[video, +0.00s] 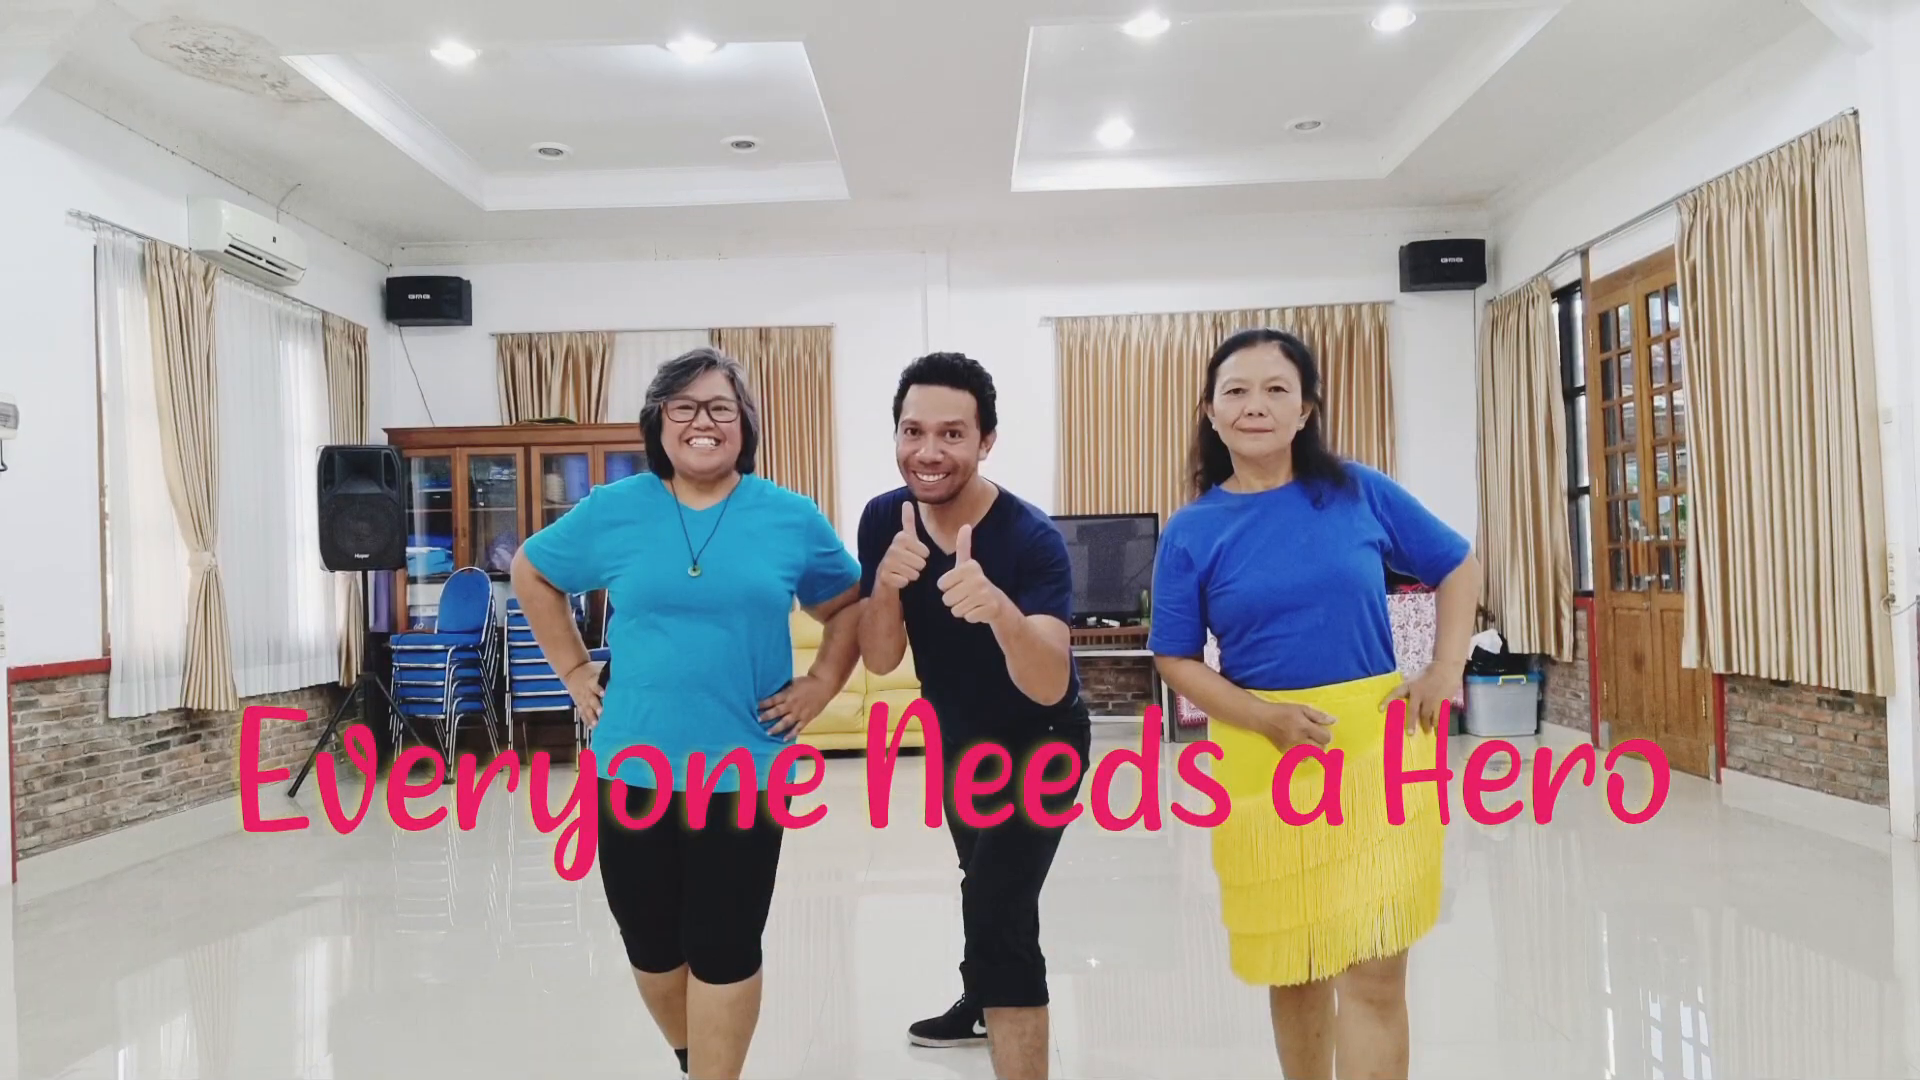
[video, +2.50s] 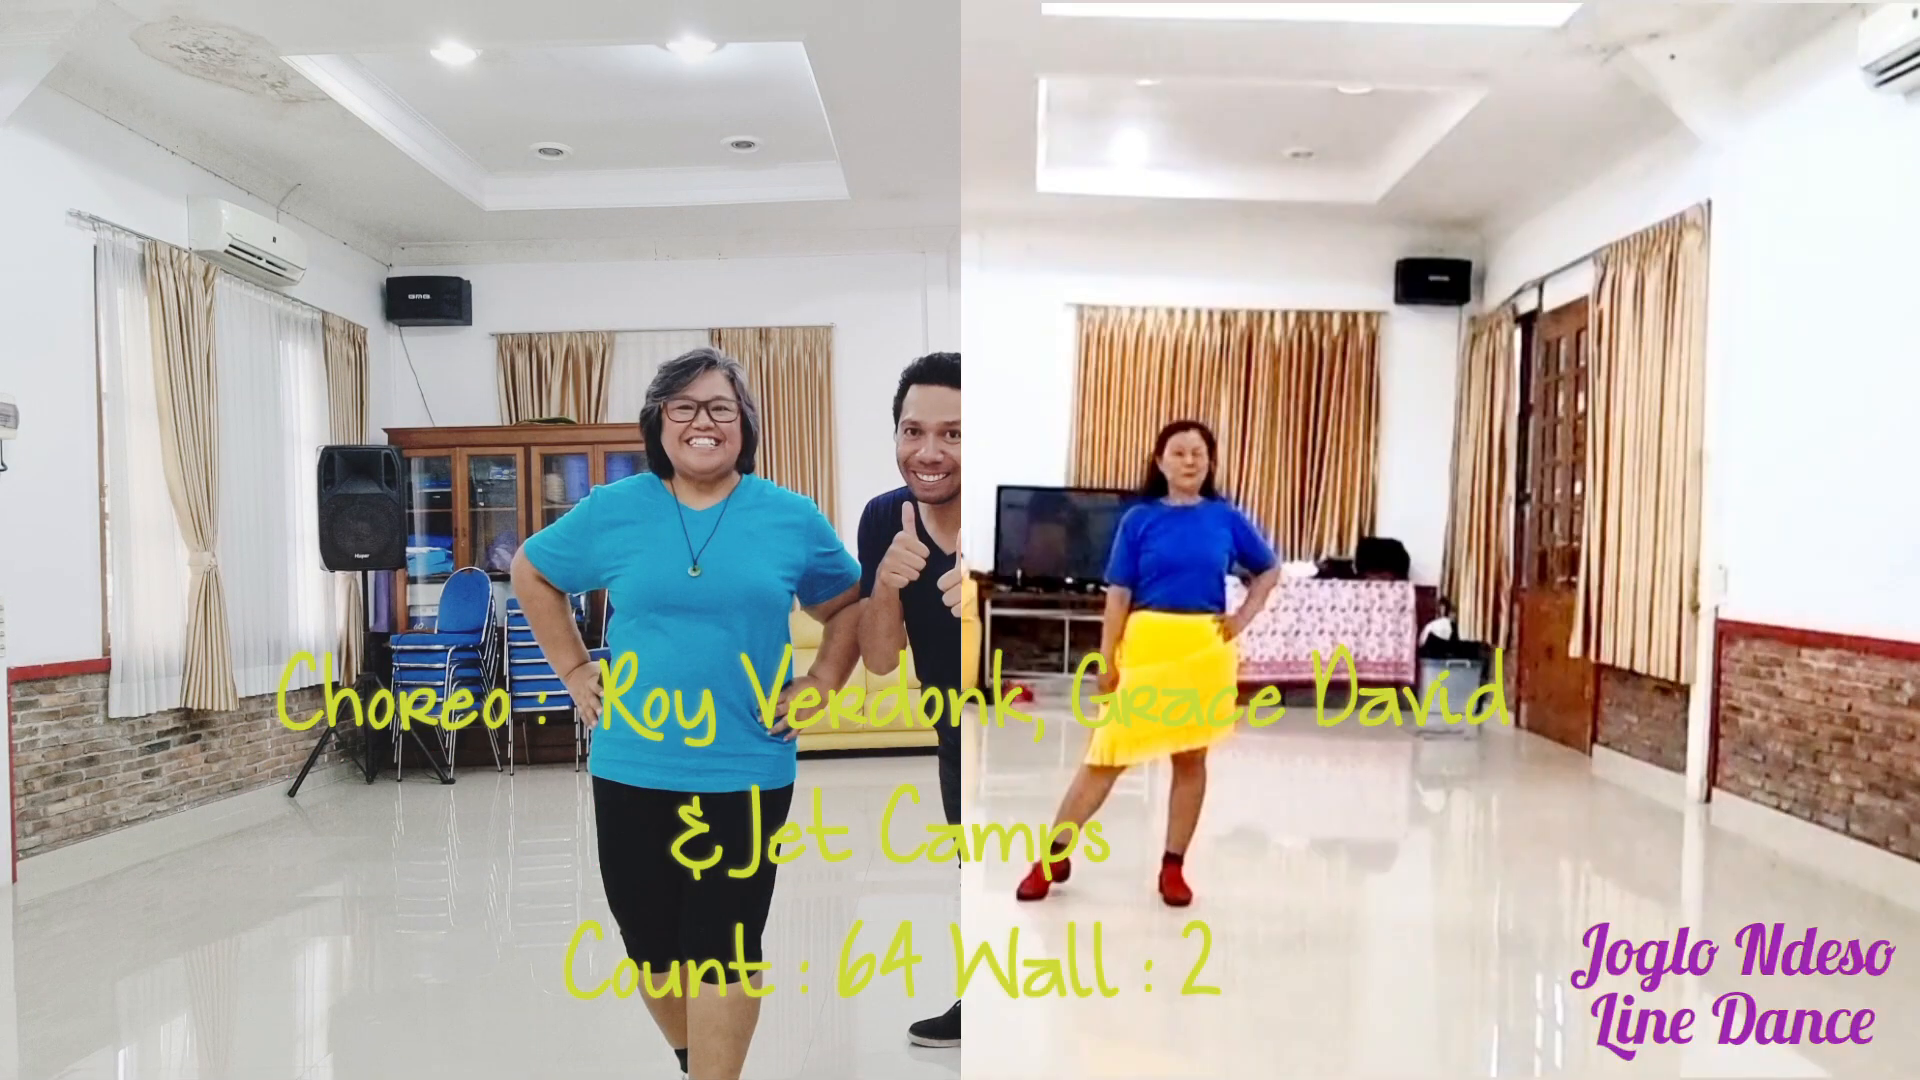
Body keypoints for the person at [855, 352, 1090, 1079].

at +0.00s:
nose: (929, 453)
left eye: (951, 436)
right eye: (914, 433)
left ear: (986, 445)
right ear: (896, 439)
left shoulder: (1030, 540)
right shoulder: (885, 521)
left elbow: (1050, 686)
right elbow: (880, 661)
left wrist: (1003, 613)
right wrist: (884, 590)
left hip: (1043, 738)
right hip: (961, 733)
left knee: (999, 921)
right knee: (977, 880)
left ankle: (1024, 1071)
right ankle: (988, 1001)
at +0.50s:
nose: (930, 453)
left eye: (951, 436)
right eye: (915, 434)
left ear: (986, 445)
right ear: (896, 439)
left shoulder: (1031, 541)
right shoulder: (886, 521)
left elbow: (1049, 684)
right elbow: (880, 660)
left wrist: (1001, 612)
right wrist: (883, 589)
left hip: (1039, 743)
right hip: (961, 741)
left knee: (1002, 924)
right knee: (981, 879)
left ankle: (1023, 1070)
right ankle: (985, 1003)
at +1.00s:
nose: (930, 453)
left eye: (952, 436)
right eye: (914, 433)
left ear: (986, 444)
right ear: (896, 439)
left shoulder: (1031, 541)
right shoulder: (885, 521)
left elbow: (1050, 684)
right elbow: (880, 660)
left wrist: (1001, 612)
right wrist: (883, 589)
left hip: (1039, 743)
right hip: (961, 741)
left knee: (1002, 924)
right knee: (980, 878)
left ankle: (1023, 1070)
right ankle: (986, 1003)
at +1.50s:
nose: (930, 453)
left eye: (952, 436)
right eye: (914, 433)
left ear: (986, 444)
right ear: (896, 439)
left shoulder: (1031, 541)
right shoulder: (885, 521)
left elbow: (1050, 684)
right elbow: (880, 660)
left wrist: (1001, 612)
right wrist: (883, 589)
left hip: (1039, 743)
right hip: (961, 741)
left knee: (1001, 923)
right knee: (981, 878)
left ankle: (1023, 1070)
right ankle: (985, 1003)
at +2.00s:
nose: (929, 453)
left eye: (951, 436)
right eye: (914, 433)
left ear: (986, 444)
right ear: (896, 438)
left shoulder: (1031, 541)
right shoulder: (886, 521)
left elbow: (1050, 684)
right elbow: (880, 660)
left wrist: (1002, 613)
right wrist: (883, 588)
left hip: (1040, 742)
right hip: (960, 741)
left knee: (1001, 920)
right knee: (981, 878)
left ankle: (1023, 1071)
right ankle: (985, 1002)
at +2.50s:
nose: (929, 453)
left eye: (950, 435)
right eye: (914, 433)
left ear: (983, 443)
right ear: (895, 440)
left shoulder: (1012, 515)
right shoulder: (886, 518)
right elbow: (879, 659)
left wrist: (987, 592)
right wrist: (884, 583)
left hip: (1028, 720)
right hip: (958, 723)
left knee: (1021, 865)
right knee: (973, 863)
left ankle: (1019, 1001)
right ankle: (975, 995)